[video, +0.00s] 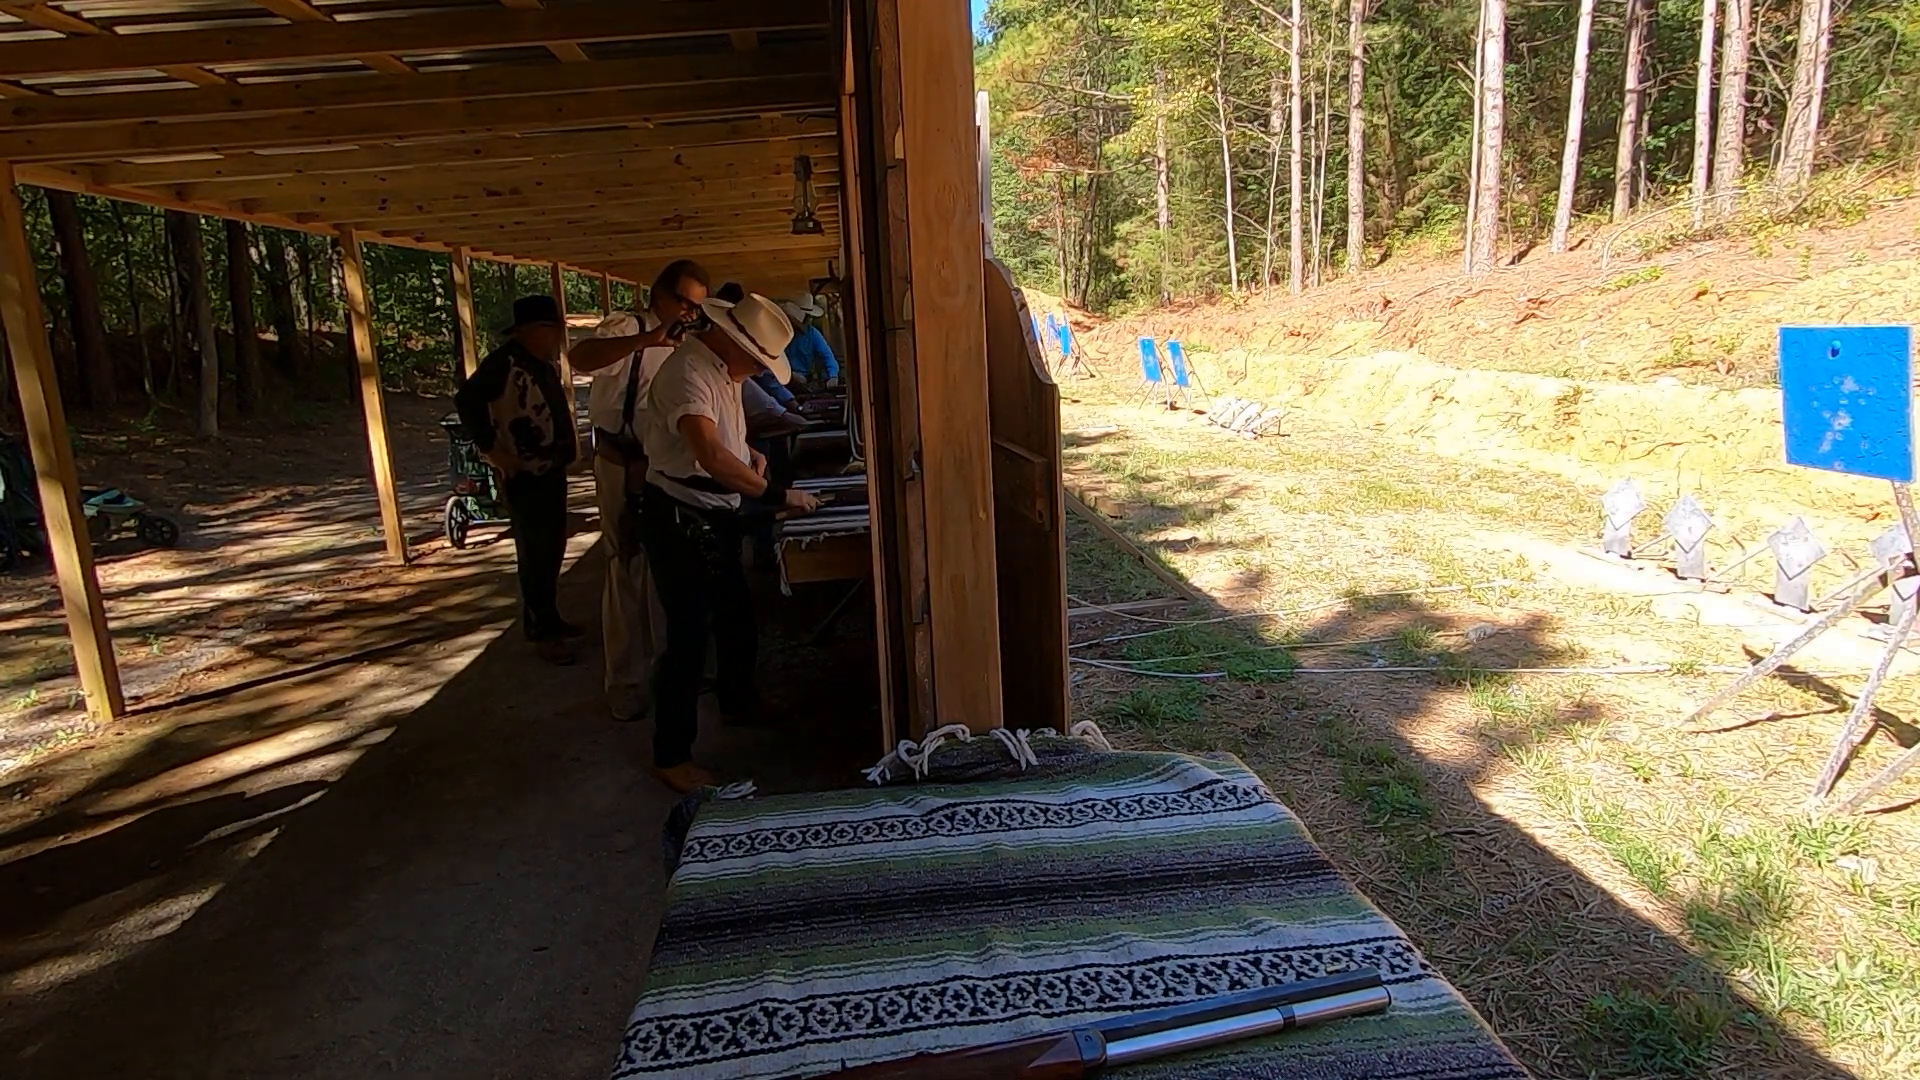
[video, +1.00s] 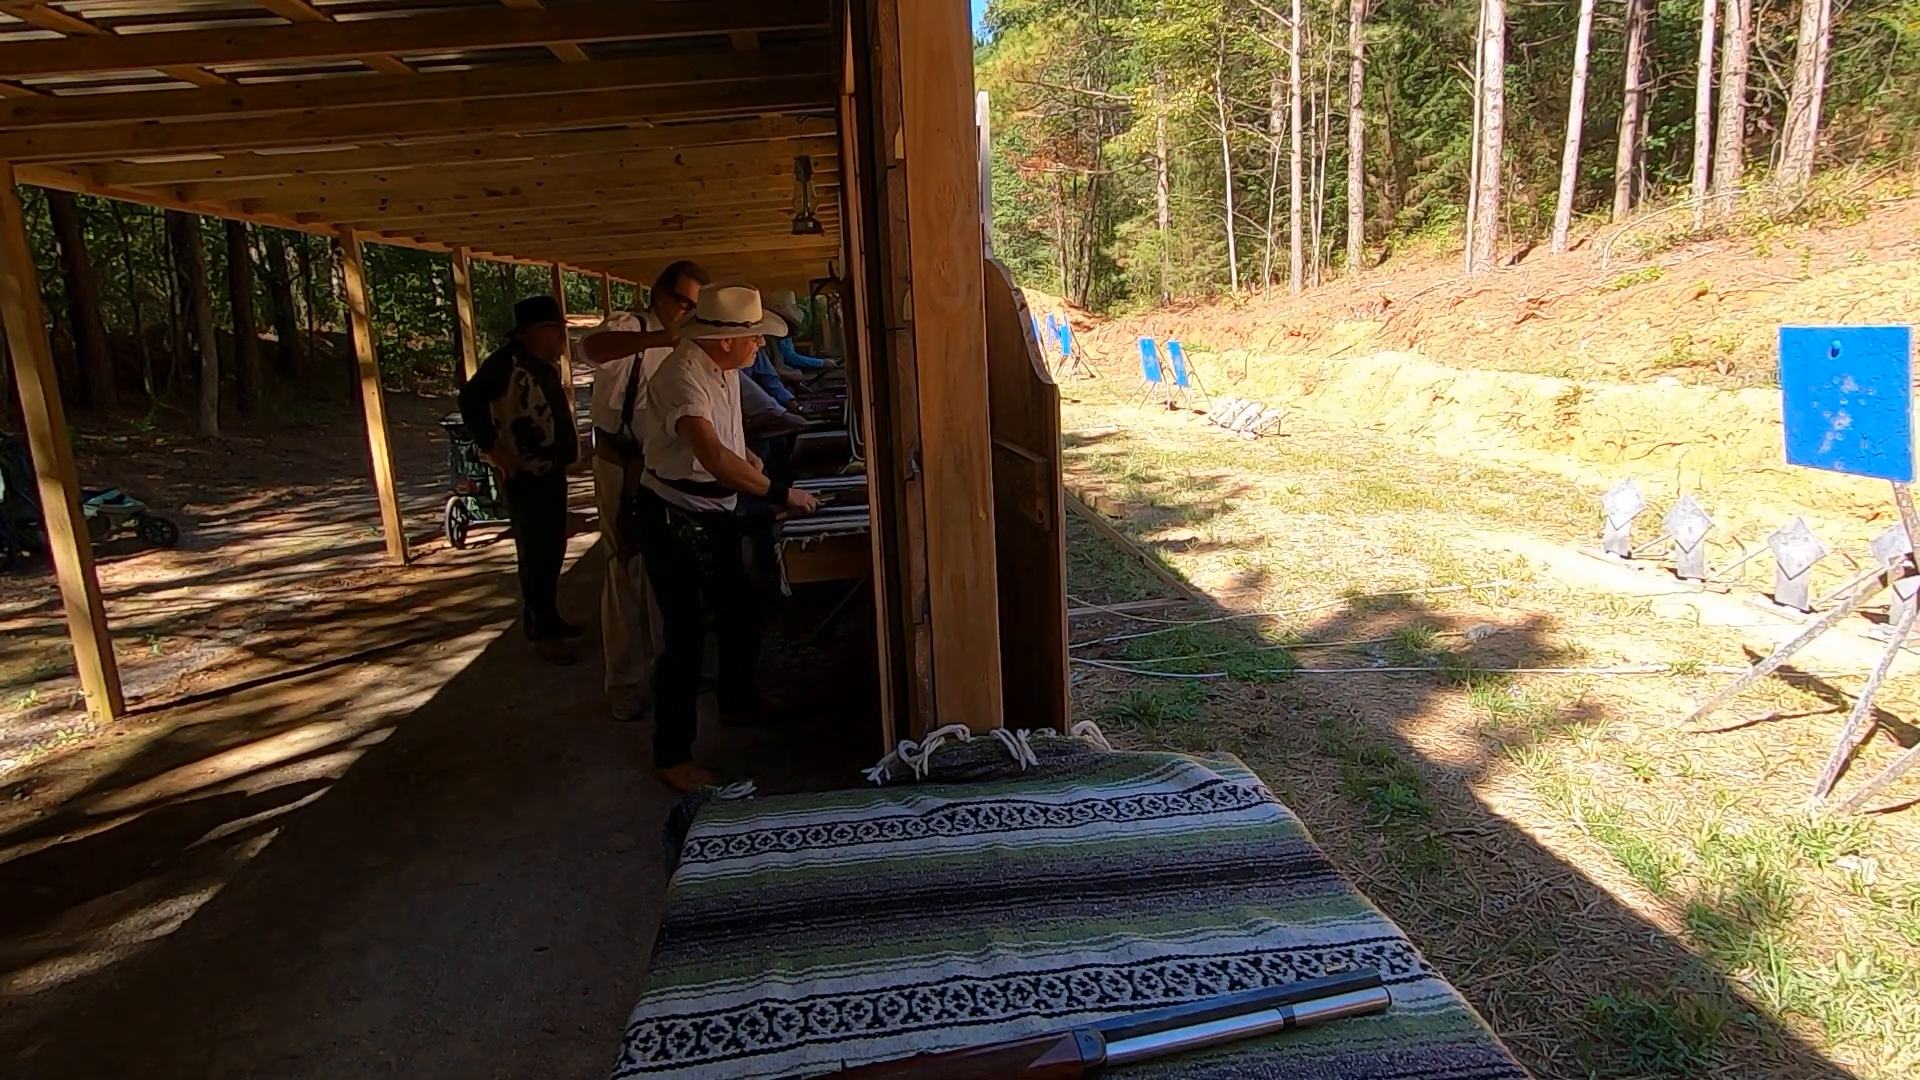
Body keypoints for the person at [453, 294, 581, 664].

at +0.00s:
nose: (559, 338)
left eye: (559, 330)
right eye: (553, 330)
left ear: (547, 332)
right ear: (531, 331)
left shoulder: (545, 364)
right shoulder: (504, 361)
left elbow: (550, 410)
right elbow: (467, 399)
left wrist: (564, 446)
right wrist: (490, 448)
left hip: (551, 472)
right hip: (525, 475)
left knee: (552, 550)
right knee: (536, 553)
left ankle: (549, 621)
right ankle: (541, 631)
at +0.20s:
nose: (561, 338)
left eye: (561, 330)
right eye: (555, 330)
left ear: (547, 332)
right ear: (533, 331)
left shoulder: (545, 364)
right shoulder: (505, 361)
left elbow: (549, 409)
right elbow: (468, 399)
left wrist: (564, 446)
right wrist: (490, 447)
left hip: (551, 472)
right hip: (525, 475)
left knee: (551, 550)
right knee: (536, 553)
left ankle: (549, 620)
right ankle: (541, 631)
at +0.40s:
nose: (562, 337)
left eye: (562, 330)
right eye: (556, 330)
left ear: (547, 333)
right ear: (533, 332)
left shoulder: (546, 365)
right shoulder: (505, 361)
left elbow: (550, 409)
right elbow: (469, 399)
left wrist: (564, 445)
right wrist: (491, 448)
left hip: (551, 471)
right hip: (525, 474)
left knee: (552, 549)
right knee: (536, 552)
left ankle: (548, 620)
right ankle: (541, 629)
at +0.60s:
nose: (563, 337)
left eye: (563, 330)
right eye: (557, 330)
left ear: (547, 333)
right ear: (534, 331)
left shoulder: (546, 365)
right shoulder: (506, 361)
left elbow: (551, 409)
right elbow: (470, 399)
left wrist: (566, 443)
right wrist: (491, 448)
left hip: (551, 472)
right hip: (525, 475)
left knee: (552, 550)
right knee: (536, 553)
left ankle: (548, 620)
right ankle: (541, 630)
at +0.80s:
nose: (563, 337)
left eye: (563, 329)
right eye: (557, 329)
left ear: (547, 332)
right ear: (534, 331)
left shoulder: (546, 365)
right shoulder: (507, 361)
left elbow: (551, 410)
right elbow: (470, 399)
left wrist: (565, 446)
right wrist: (492, 448)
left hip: (551, 473)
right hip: (525, 475)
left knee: (552, 551)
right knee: (536, 553)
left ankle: (549, 621)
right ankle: (541, 630)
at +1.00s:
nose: (563, 337)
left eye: (563, 330)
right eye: (557, 330)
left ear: (546, 333)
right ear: (534, 331)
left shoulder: (546, 366)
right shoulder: (506, 361)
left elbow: (551, 412)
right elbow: (470, 399)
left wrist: (565, 449)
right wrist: (491, 448)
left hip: (551, 473)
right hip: (525, 475)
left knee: (552, 550)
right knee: (536, 552)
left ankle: (549, 620)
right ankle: (541, 630)